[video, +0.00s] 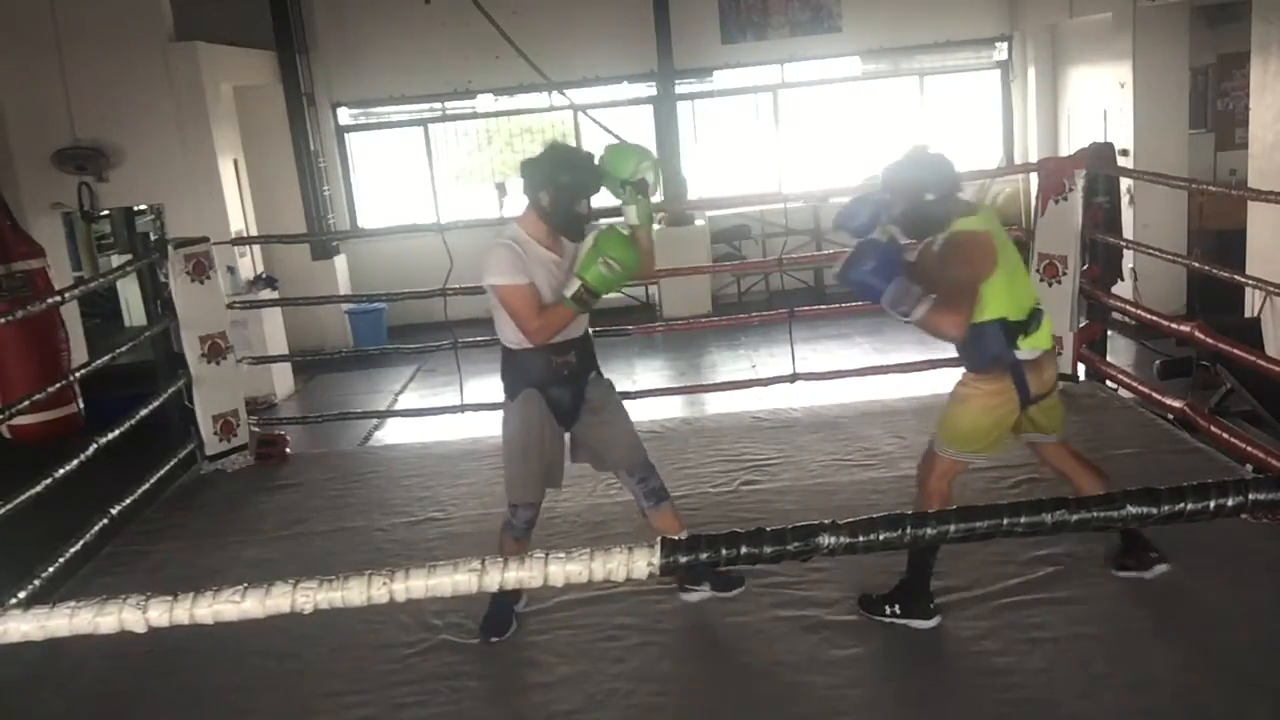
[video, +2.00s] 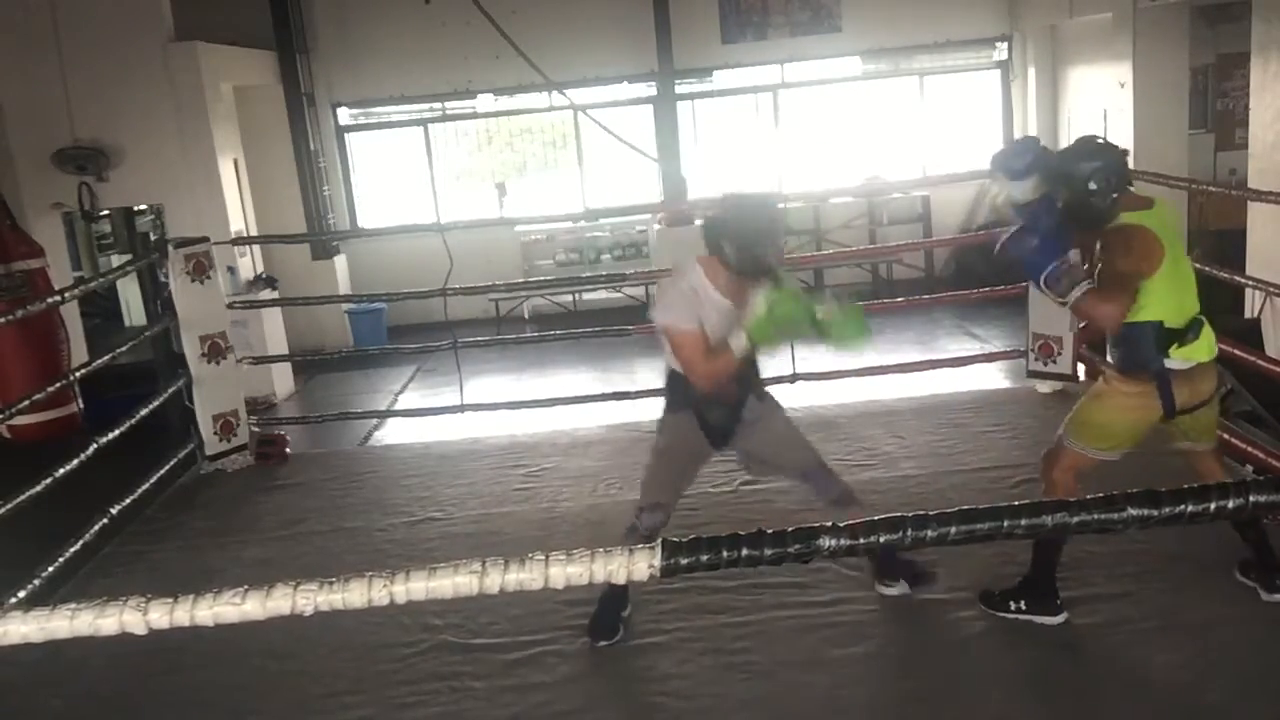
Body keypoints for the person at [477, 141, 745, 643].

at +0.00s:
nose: (589, 208)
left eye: (591, 196)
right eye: (580, 197)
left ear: (569, 197)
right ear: (548, 196)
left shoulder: (575, 243)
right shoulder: (505, 255)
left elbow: (641, 266)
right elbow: (536, 329)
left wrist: (638, 204)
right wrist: (589, 288)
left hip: (585, 379)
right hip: (531, 388)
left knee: (639, 469)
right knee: (523, 507)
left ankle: (689, 566)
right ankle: (507, 593)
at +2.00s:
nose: (774, 255)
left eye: (775, 244)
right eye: (767, 245)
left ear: (752, 247)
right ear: (734, 246)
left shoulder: (759, 283)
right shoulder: (676, 296)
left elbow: (791, 318)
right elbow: (703, 377)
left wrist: (824, 324)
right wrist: (757, 334)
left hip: (748, 403)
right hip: (689, 414)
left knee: (820, 475)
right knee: (652, 513)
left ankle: (884, 560)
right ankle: (614, 599)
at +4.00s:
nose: (824, 200)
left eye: (824, 189)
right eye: (814, 191)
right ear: (780, 193)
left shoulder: (808, 241)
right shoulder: (736, 255)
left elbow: (814, 307)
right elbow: (769, 336)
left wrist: (851, 331)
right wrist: (827, 298)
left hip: (813, 377)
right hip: (756, 388)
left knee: (869, 474)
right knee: (725, 494)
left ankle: (924, 572)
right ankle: (688, 564)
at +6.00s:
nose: (924, 215)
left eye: (934, 203)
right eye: (916, 202)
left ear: (942, 193)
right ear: (886, 189)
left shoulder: (928, 236)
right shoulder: (832, 226)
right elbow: (826, 319)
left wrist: (962, 279)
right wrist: (874, 278)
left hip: (898, 379)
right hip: (833, 380)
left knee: (934, 508)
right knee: (817, 505)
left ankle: (965, 640)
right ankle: (874, 572)